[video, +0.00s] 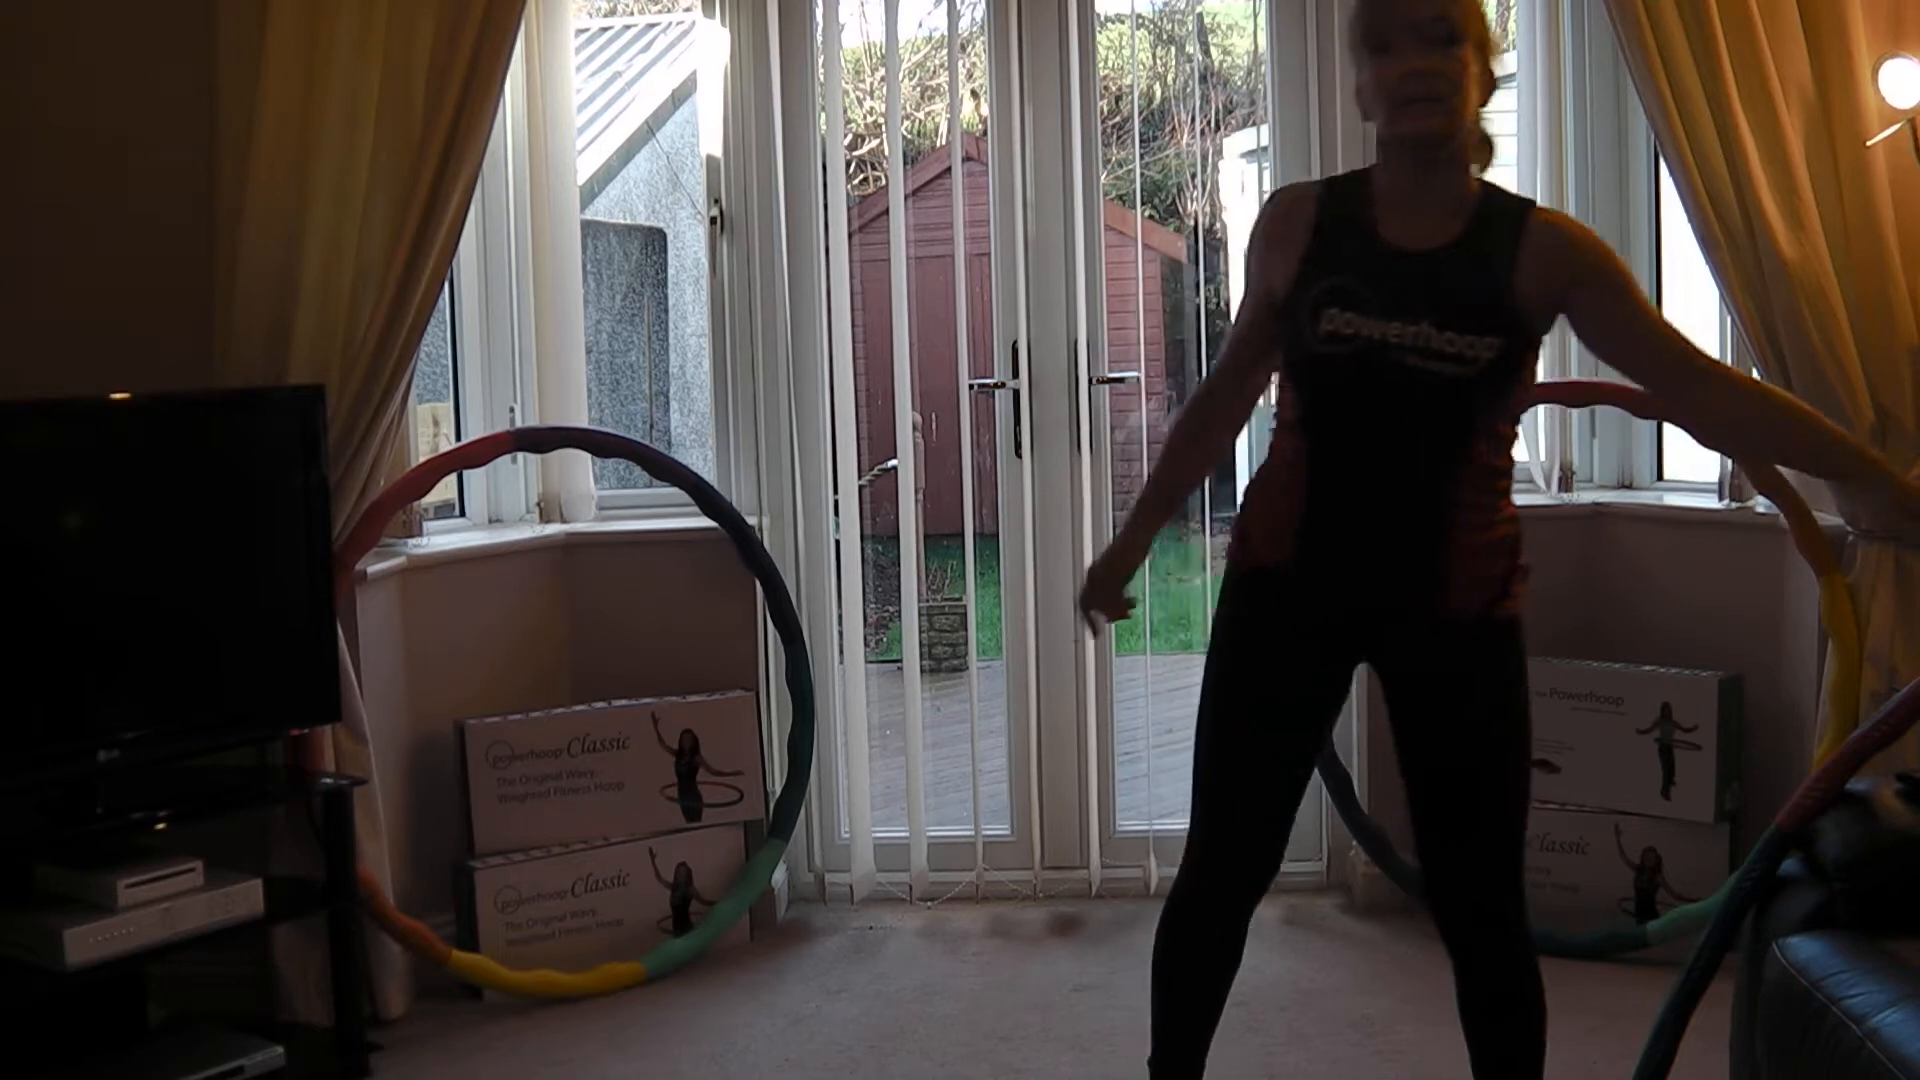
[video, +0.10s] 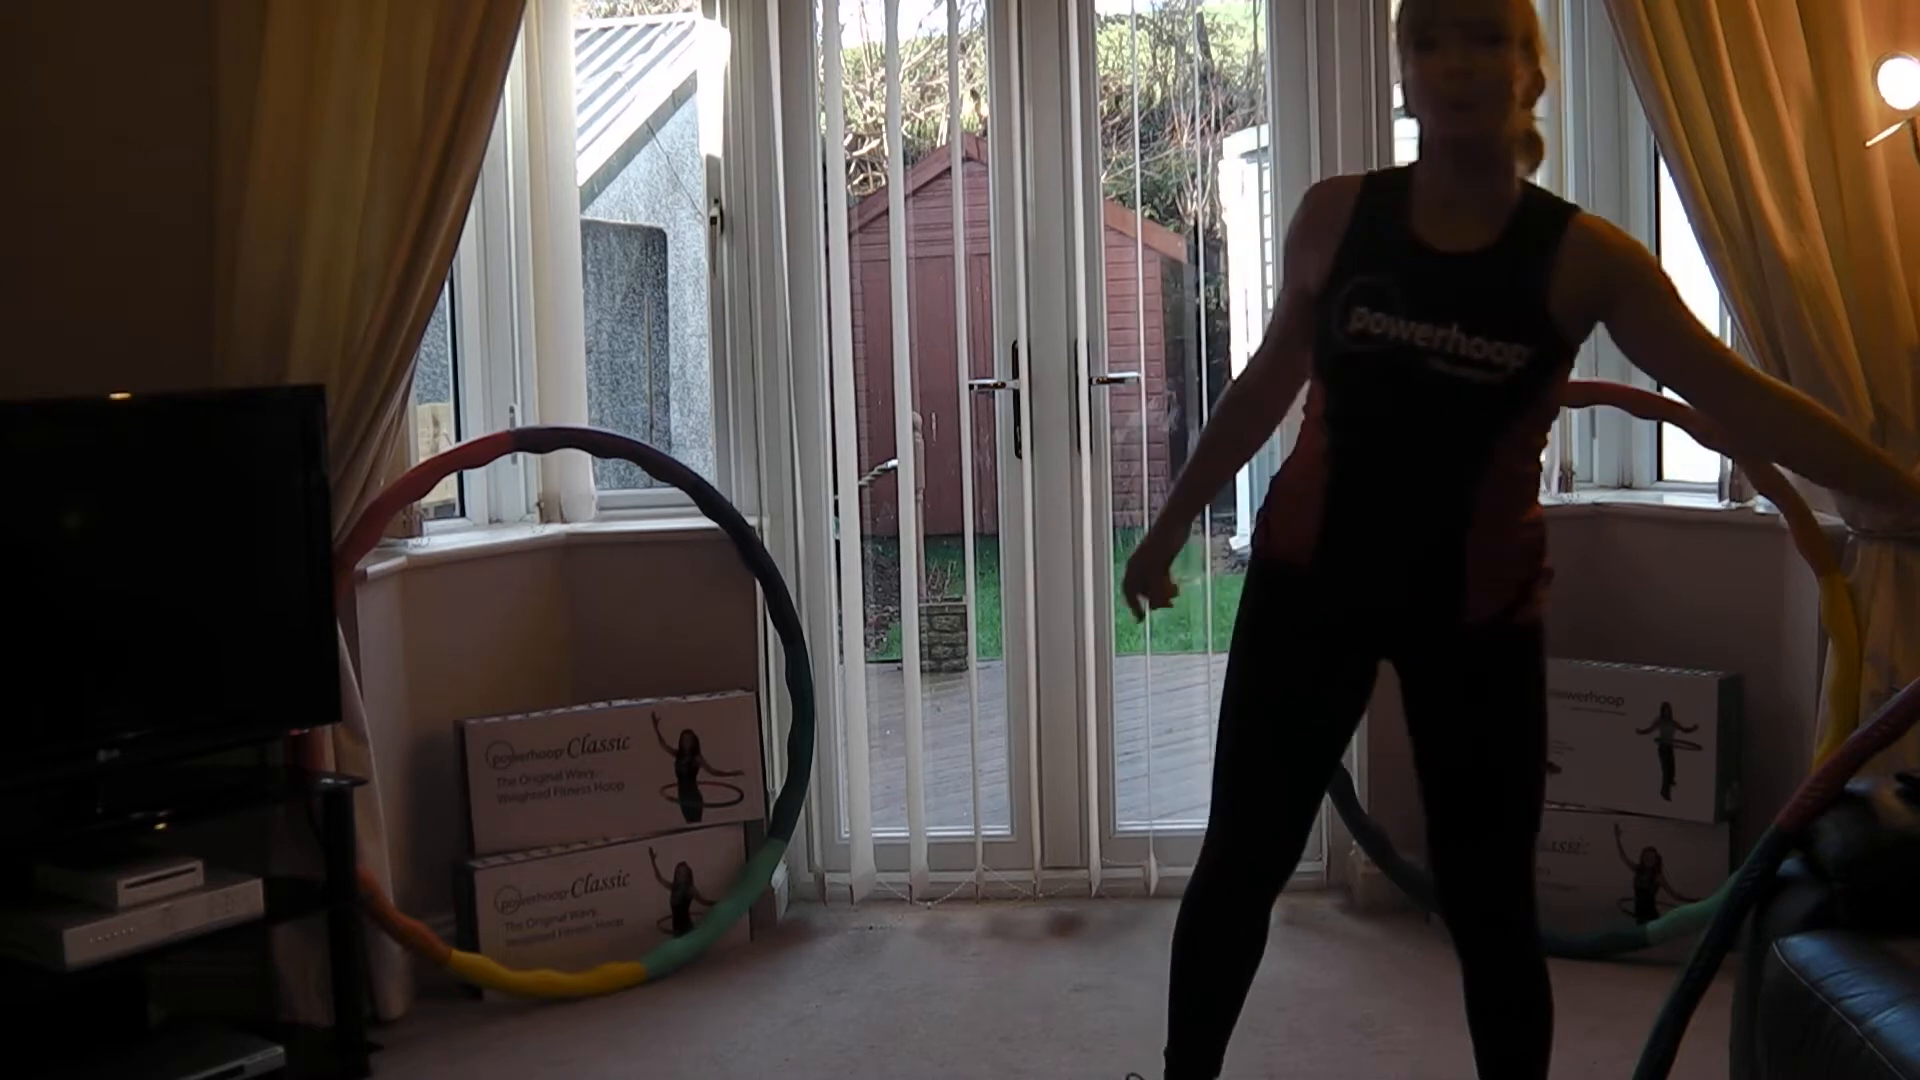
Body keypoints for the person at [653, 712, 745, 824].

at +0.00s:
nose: (686, 742)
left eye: (689, 739)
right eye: (683, 739)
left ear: (694, 741)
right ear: (680, 741)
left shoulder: (696, 758)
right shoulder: (678, 755)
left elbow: (713, 772)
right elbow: (662, 745)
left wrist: (733, 774)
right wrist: (655, 726)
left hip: (693, 794)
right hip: (682, 794)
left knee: (696, 828)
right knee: (691, 828)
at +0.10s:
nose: (686, 742)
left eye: (689, 739)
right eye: (684, 739)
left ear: (694, 742)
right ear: (680, 742)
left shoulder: (696, 758)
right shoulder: (678, 755)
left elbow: (713, 772)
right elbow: (663, 745)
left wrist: (733, 774)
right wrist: (656, 726)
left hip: (693, 794)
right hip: (682, 795)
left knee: (696, 828)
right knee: (691, 828)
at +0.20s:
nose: (686, 742)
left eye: (689, 739)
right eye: (684, 739)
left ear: (694, 742)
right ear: (680, 741)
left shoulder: (696, 758)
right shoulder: (678, 755)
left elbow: (713, 772)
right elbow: (663, 745)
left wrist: (733, 774)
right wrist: (656, 726)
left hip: (693, 794)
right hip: (682, 795)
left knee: (696, 828)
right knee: (691, 828)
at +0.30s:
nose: (686, 742)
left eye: (689, 739)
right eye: (684, 739)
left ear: (694, 741)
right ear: (680, 741)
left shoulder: (696, 757)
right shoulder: (678, 755)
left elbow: (712, 772)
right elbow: (663, 745)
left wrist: (733, 774)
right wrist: (655, 726)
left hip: (693, 794)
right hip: (682, 795)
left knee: (696, 828)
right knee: (691, 828)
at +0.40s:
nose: (686, 742)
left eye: (689, 739)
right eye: (684, 739)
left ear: (694, 741)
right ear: (680, 741)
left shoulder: (696, 757)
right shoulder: (678, 755)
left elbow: (712, 771)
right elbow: (663, 745)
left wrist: (733, 774)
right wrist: (655, 726)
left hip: (693, 794)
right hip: (682, 795)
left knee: (696, 828)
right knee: (691, 828)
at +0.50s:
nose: (686, 742)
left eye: (689, 739)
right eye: (684, 739)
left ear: (694, 741)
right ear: (680, 741)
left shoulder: (696, 757)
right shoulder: (678, 755)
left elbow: (712, 771)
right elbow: (663, 745)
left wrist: (733, 774)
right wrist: (655, 726)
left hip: (693, 794)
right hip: (682, 795)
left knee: (696, 828)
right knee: (691, 828)